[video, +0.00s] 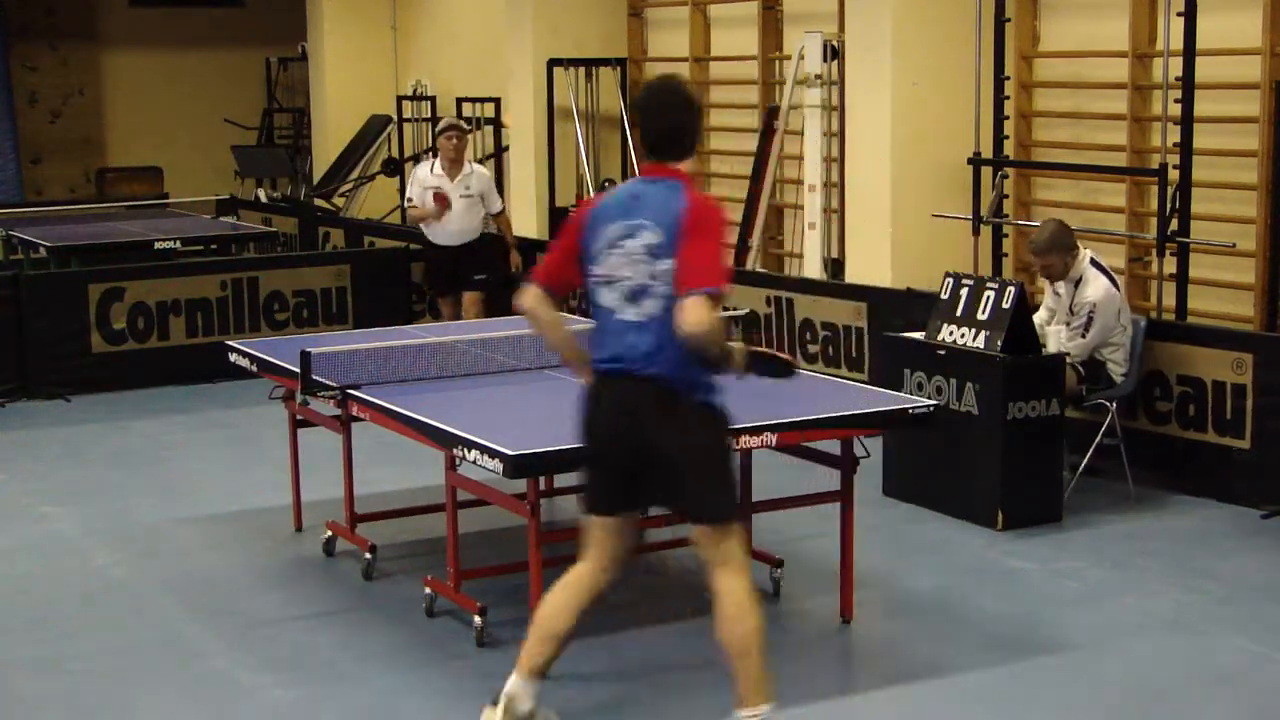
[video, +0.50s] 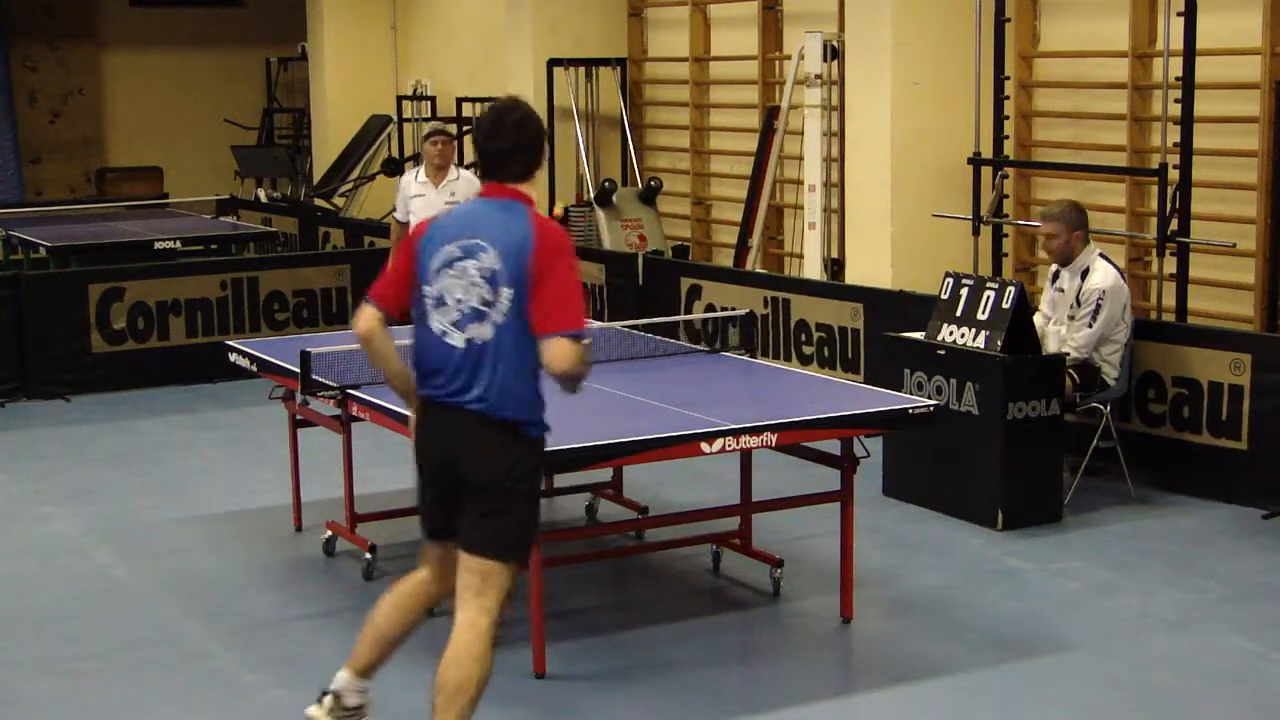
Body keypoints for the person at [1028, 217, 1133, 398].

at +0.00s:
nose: (1041, 273)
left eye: (1047, 267)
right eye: (1038, 266)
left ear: (1069, 257)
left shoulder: (1097, 293)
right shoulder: (1059, 270)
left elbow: (1075, 350)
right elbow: (1045, 316)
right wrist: (1014, 336)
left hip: (1105, 368)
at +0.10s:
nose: (1035, 264)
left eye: (1039, 259)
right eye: (1035, 259)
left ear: (1063, 253)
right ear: (1062, 253)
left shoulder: (1098, 292)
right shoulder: (1060, 271)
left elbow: (1076, 351)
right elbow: (1041, 321)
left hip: (1103, 369)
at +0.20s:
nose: (1031, 257)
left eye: (1035, 251)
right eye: (1031, 250)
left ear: (1059, 252)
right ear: (1059, 253)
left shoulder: (1099, 291)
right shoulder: (1059, 270)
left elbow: (1075, 351)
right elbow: (1042, 318)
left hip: (1102, 369)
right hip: (1070, 355)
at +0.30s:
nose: (1032, 248)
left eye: (1037, 242)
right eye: (1033, 241)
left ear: (1059, 248)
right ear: (1059, 248)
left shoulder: (1099, 289)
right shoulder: (1057, 267)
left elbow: (1076, 351)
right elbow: (1044, 313)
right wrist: (1016, 339)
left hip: (1100, 370)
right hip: (1065, 356)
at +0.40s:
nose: (1034, 246)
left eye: (1040, 241)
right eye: (1035, 239)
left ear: (1064, 243)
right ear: (1063, 244)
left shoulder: (1101, 287)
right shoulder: (1058, 267)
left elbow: (1076, 351)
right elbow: (1043, 316)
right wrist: (1013, 340)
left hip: (1097, 372)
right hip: (1064, 356)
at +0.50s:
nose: (1044, 246)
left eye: (1051, 238)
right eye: (1043, 238)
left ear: (1076, 238)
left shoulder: (1103, 282)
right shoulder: (1058, 268)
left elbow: (1079, 348)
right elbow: (1043, 318)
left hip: (1096, 373)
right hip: (1060, 360)